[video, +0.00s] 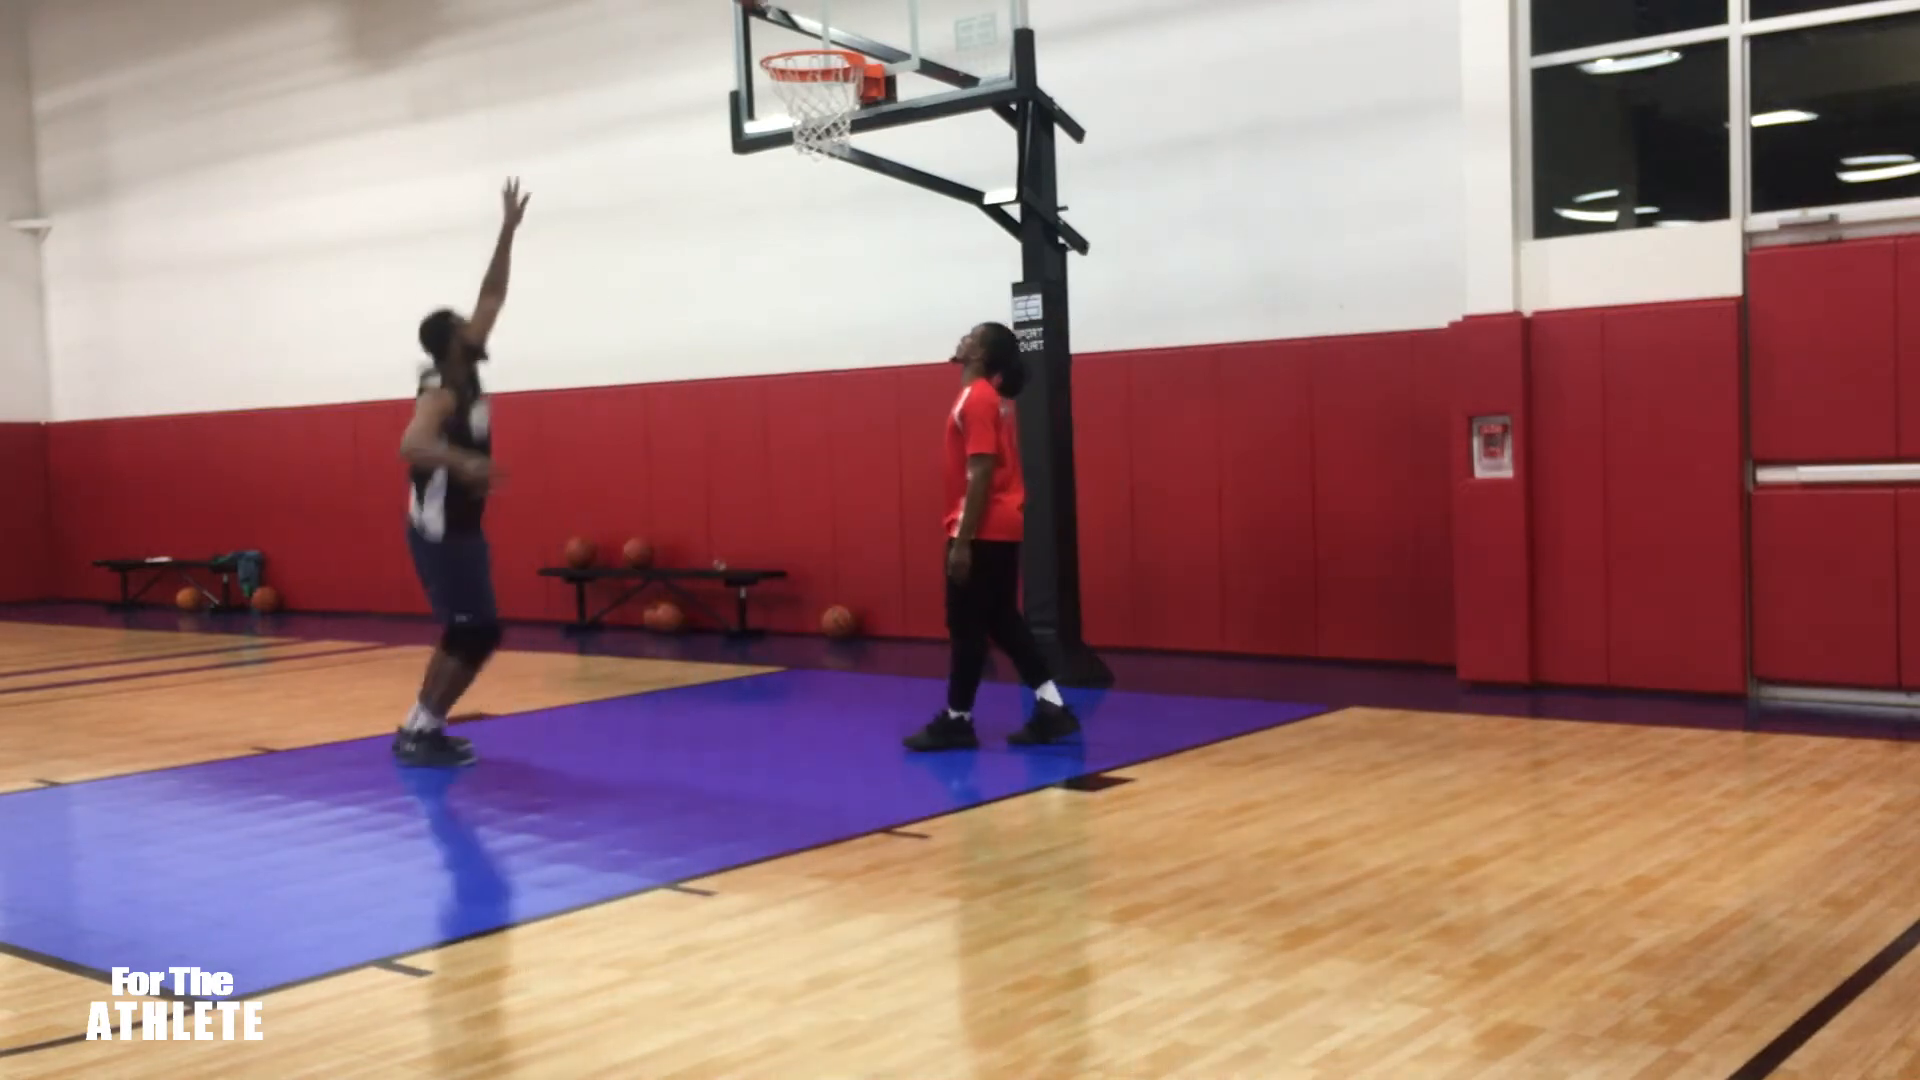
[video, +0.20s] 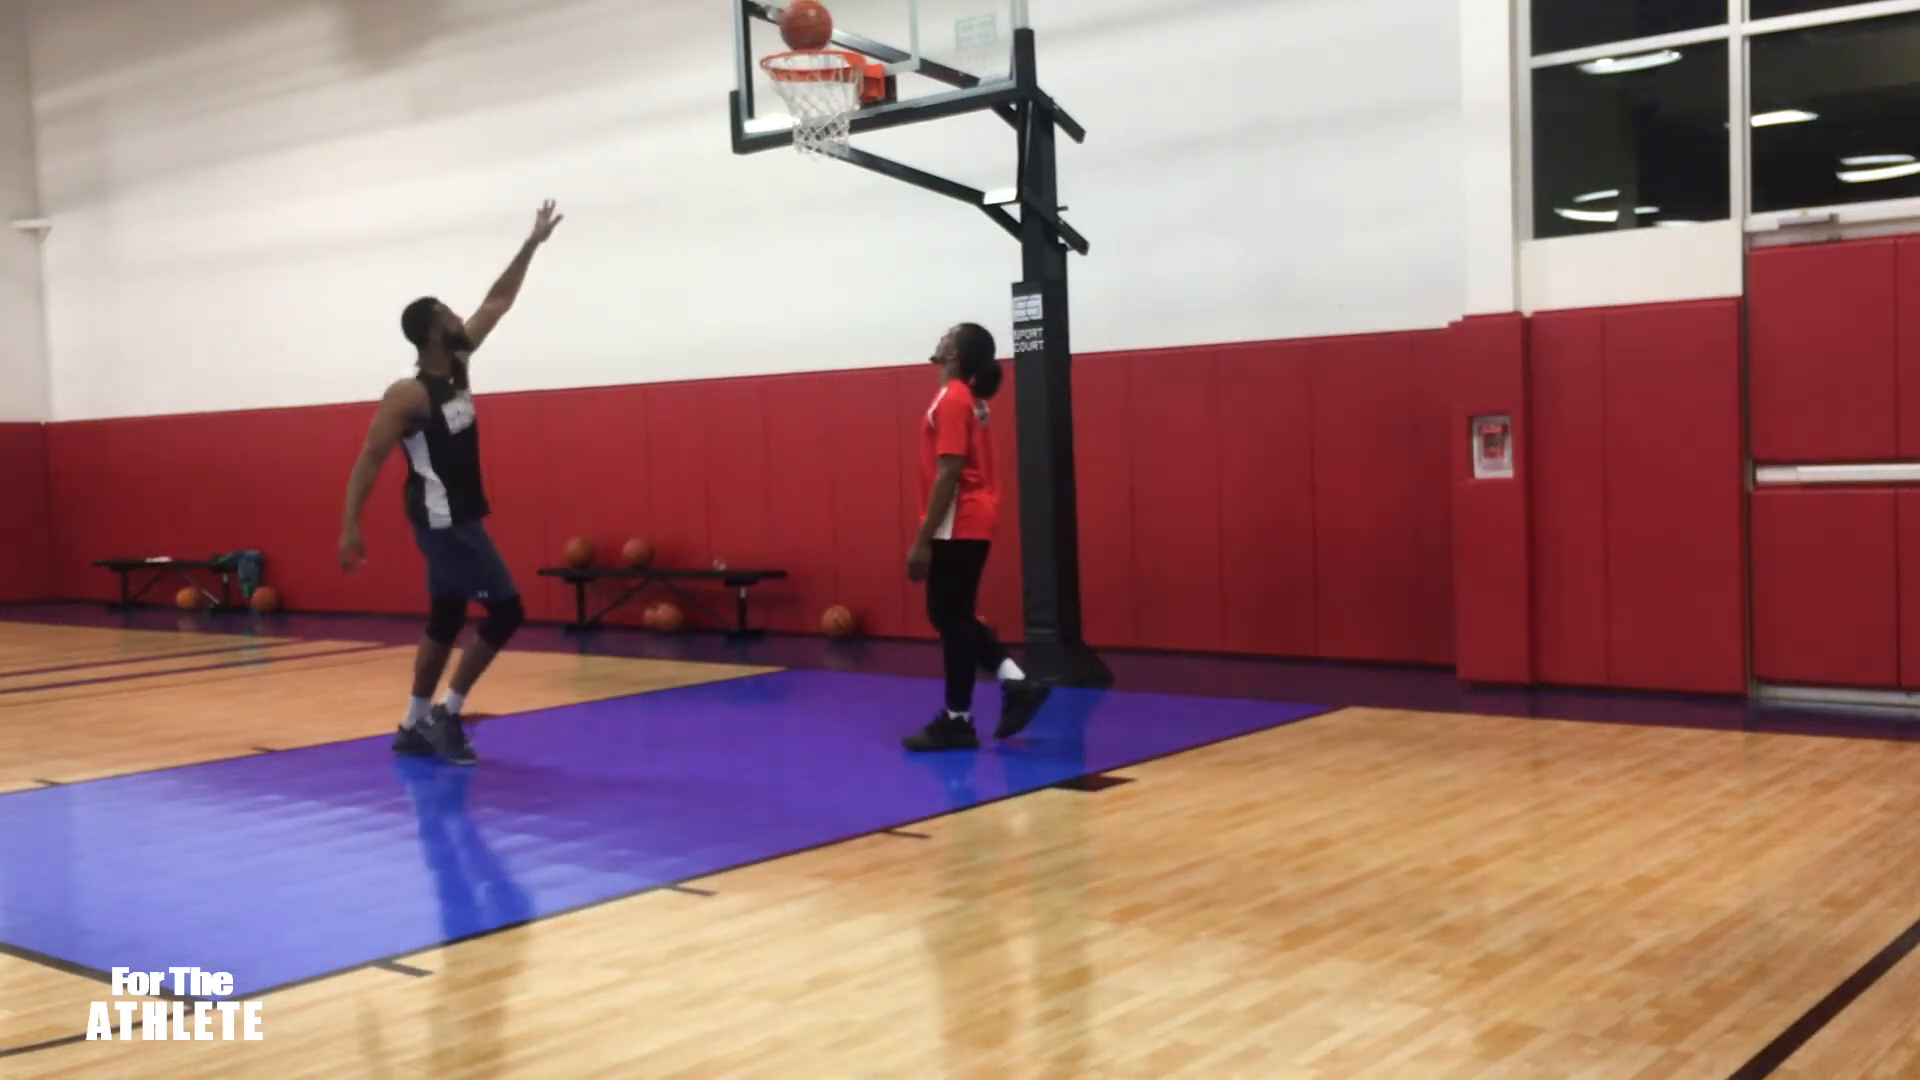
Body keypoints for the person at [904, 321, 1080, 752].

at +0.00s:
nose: (962, 340)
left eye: (971, 337)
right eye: (968, 335)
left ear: (984, 353)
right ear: (987, 357)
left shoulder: (978, 396)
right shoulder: (982, 395)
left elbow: (981, 471)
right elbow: (987, 470)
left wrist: (963, 538)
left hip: (981, 531)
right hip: (996, 530)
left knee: (967, 624)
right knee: (1002, 620)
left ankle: (957, 717)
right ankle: (1053, 707)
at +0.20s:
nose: (939, 339)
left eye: (947, 337)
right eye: (945, 335)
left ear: (957, 353)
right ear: (966, 356)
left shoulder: (954, 396)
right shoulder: (964, 395)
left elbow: (950, 471)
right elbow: (962, 469)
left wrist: (924, 539)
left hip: (962, 523)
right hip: (967, 521)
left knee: (951, 614)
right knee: (949, 612)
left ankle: (957, 718)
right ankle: (1015, 680)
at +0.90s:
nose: (869, 348)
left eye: (877, 344)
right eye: (874, 342)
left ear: (892, 358)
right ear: (894, 360)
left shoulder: (895, 399)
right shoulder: (886, 397)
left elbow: (890, 469)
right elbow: (853, 422)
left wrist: (860, 533)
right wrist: (829, 379)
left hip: (899, 521)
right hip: (888, 519)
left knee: (888, 610)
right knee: (883, 609)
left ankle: (936, 703)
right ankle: (889, 703)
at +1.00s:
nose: (860, 349)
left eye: (868, 344)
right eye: (864, 342)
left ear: (887, 357)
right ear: (884, 358)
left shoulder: (894, 399)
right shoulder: (877, 399)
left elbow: (893, 470)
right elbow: (858, 451)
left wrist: (862, 531)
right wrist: (819, 420)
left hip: (897, 522)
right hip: (882, 521)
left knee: (886, 609)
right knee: (878, 609)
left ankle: (922, 703)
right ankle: (890, 700)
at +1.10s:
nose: (853, 351)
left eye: (861, 346)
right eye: (856, 344)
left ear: (883, 357)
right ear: (878, 357)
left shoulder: (891, 398)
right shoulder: (874, 399)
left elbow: (893, 469)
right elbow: (865, 468)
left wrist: (868, 531)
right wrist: (812, 458)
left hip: (896, 525)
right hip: (880, 524)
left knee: (885, 610)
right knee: (875, 611)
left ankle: (913, 705)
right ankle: (888, 698)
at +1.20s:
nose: (848, 353)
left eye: (857, 347)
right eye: (851, 346)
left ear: (881, 358)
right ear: (872, 358)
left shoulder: (890, 397)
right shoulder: (870, 399)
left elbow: (893, 466)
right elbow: (865, 474)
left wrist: (876, 530)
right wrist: (817, 492)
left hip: (892, 527)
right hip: (872, 526)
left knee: (889, 613)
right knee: (876, 613)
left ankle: (915, 706)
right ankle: (889, 698)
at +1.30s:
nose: (845, 354)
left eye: (853, 348)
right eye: (847, 347)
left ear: (878, 357)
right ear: (868, 357)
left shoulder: (891, 397)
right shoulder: (866, 399)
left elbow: (900, 467)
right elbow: (873, 467)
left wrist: (881, 529)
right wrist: (845, 498)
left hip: (893, 529)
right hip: (868, 529)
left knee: (899, 616)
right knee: (877, 616)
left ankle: (920, 706)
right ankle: (889, 699)